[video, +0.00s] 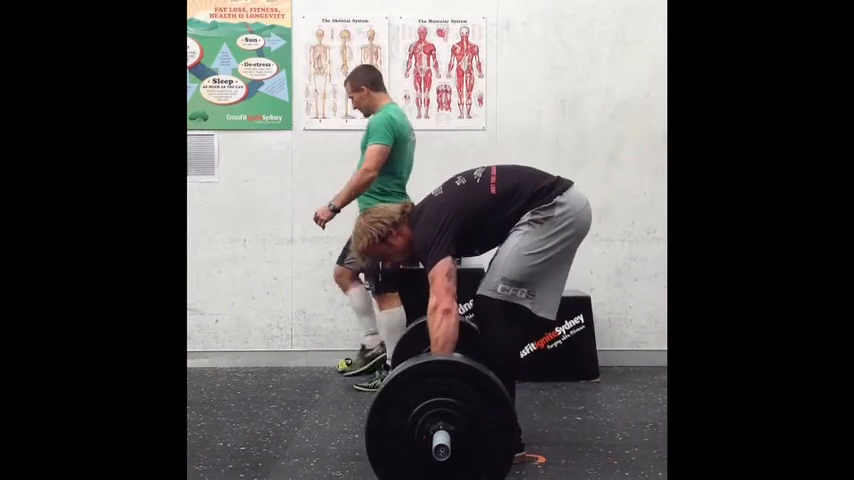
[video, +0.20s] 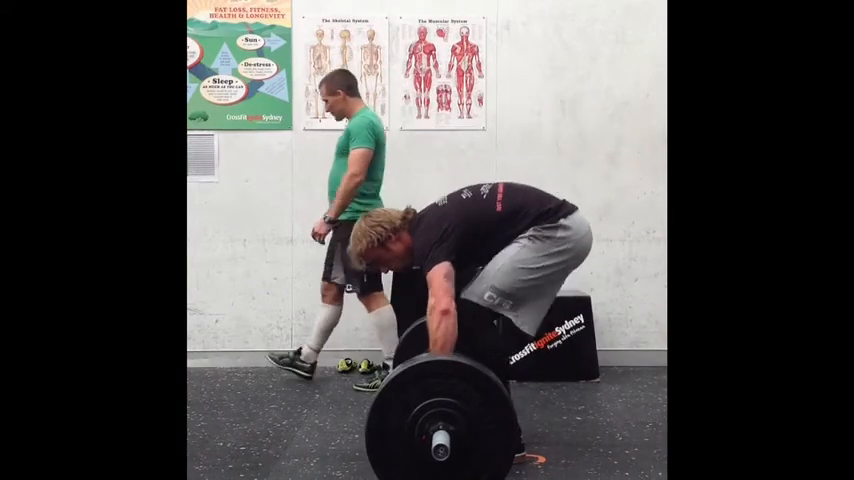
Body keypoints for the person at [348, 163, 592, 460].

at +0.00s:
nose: (392, 263)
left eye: (385, 257)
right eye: (384, 260)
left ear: (395, 234)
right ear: (395, 228)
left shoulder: (430, 226)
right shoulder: (428, 221)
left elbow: (443, 307)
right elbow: (442, 301)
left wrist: (436, 382)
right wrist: (437, 374)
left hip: (554, 209)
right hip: (555, 206)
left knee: (491, 311)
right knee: (493, 311)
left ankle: (499, 433)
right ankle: (497, 429)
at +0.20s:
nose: (387, 270)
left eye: (381, 262)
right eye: (380, 266)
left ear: (392, 240)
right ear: (394, 235)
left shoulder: (431, 233)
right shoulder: (427, 230)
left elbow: (444, 309)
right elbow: (434, 307)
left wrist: (435, 386)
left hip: (555, 230)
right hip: (553, 228)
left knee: (471, 316)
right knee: (471, 314)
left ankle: (502, 438)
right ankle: (496, 433)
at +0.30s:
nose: (382, 275)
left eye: (377, 267)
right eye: (376, 270)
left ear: (391, 246)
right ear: (393, 243)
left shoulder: (430, 242)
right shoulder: (426, 237)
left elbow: (441, 313)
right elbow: (433, 312)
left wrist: (437, 387)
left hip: (554, 252)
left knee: (463, 320)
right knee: (463, 322)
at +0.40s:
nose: (381, 284)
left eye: (377, 276)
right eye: (375, 279)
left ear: (391, 256)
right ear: (392, 252)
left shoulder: (429, 253)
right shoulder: (427, 246)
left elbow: (440, 315)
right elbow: (441, 313)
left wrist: (436, 388)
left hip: (553, 276)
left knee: (457, 323)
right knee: (452, 328)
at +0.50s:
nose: (381, 294)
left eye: (377, 286)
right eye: (375, 289)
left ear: (391, 267)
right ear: (393, 263)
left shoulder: (428, 262)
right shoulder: (427, 257)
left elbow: (439, 316)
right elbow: (441, 317)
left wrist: (438, 388)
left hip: (550, 303)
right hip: (547, 299)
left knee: (448, 332)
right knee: (442, 331)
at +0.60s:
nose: (380, 305)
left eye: (376, 296)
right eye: (374, 299)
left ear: (391, 276)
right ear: (394, 273)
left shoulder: (428, 273)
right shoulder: (432, 266)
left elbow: (436, 319)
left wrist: (438, 388)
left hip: (546, 328)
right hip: (544, 324)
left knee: (446, 334)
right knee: (436, 333)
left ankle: (495, 436)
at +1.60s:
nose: (387, 305)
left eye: (384, 296)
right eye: (381, 299)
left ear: (401, 279)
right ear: (403, 276)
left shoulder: (431, 278)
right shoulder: (440, 270)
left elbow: (435, 320)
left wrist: (440, 388)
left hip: (546, 357)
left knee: (444, 340)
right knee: (442, 339)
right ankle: (504, 437)